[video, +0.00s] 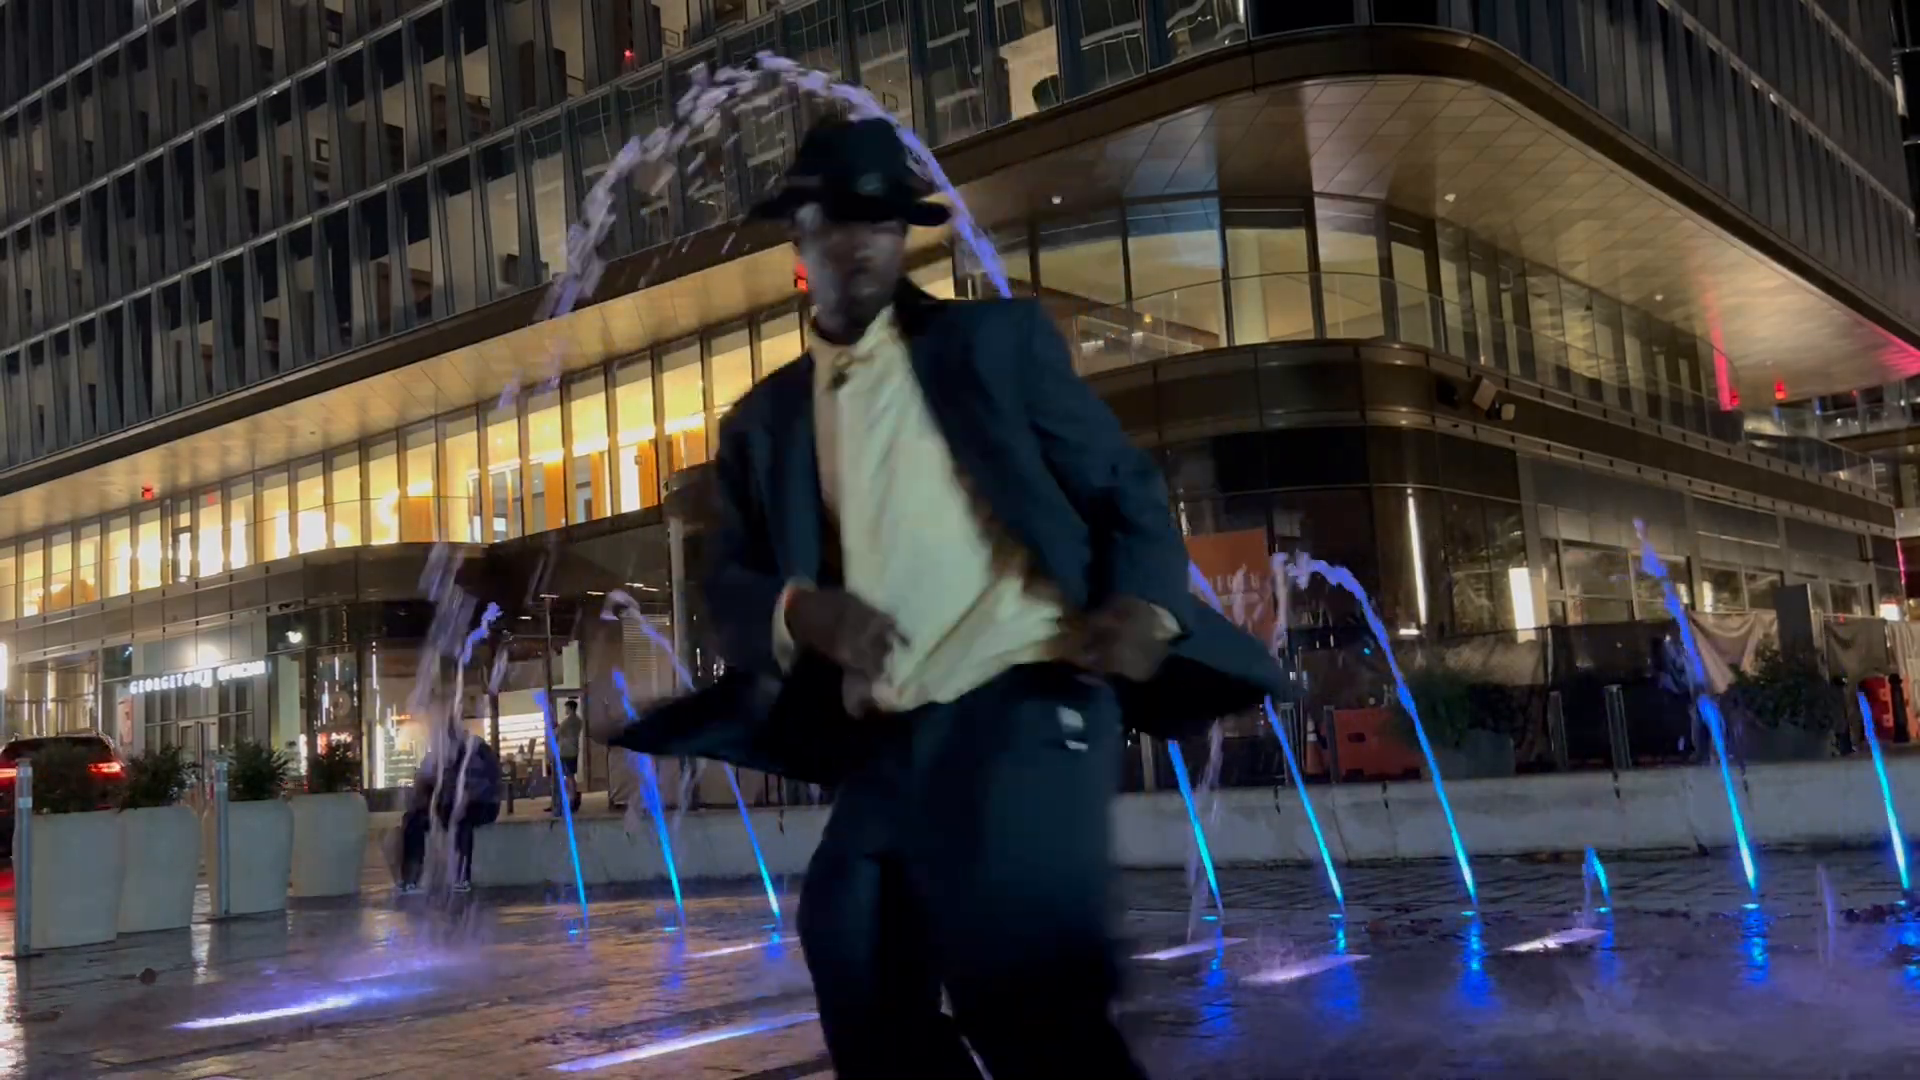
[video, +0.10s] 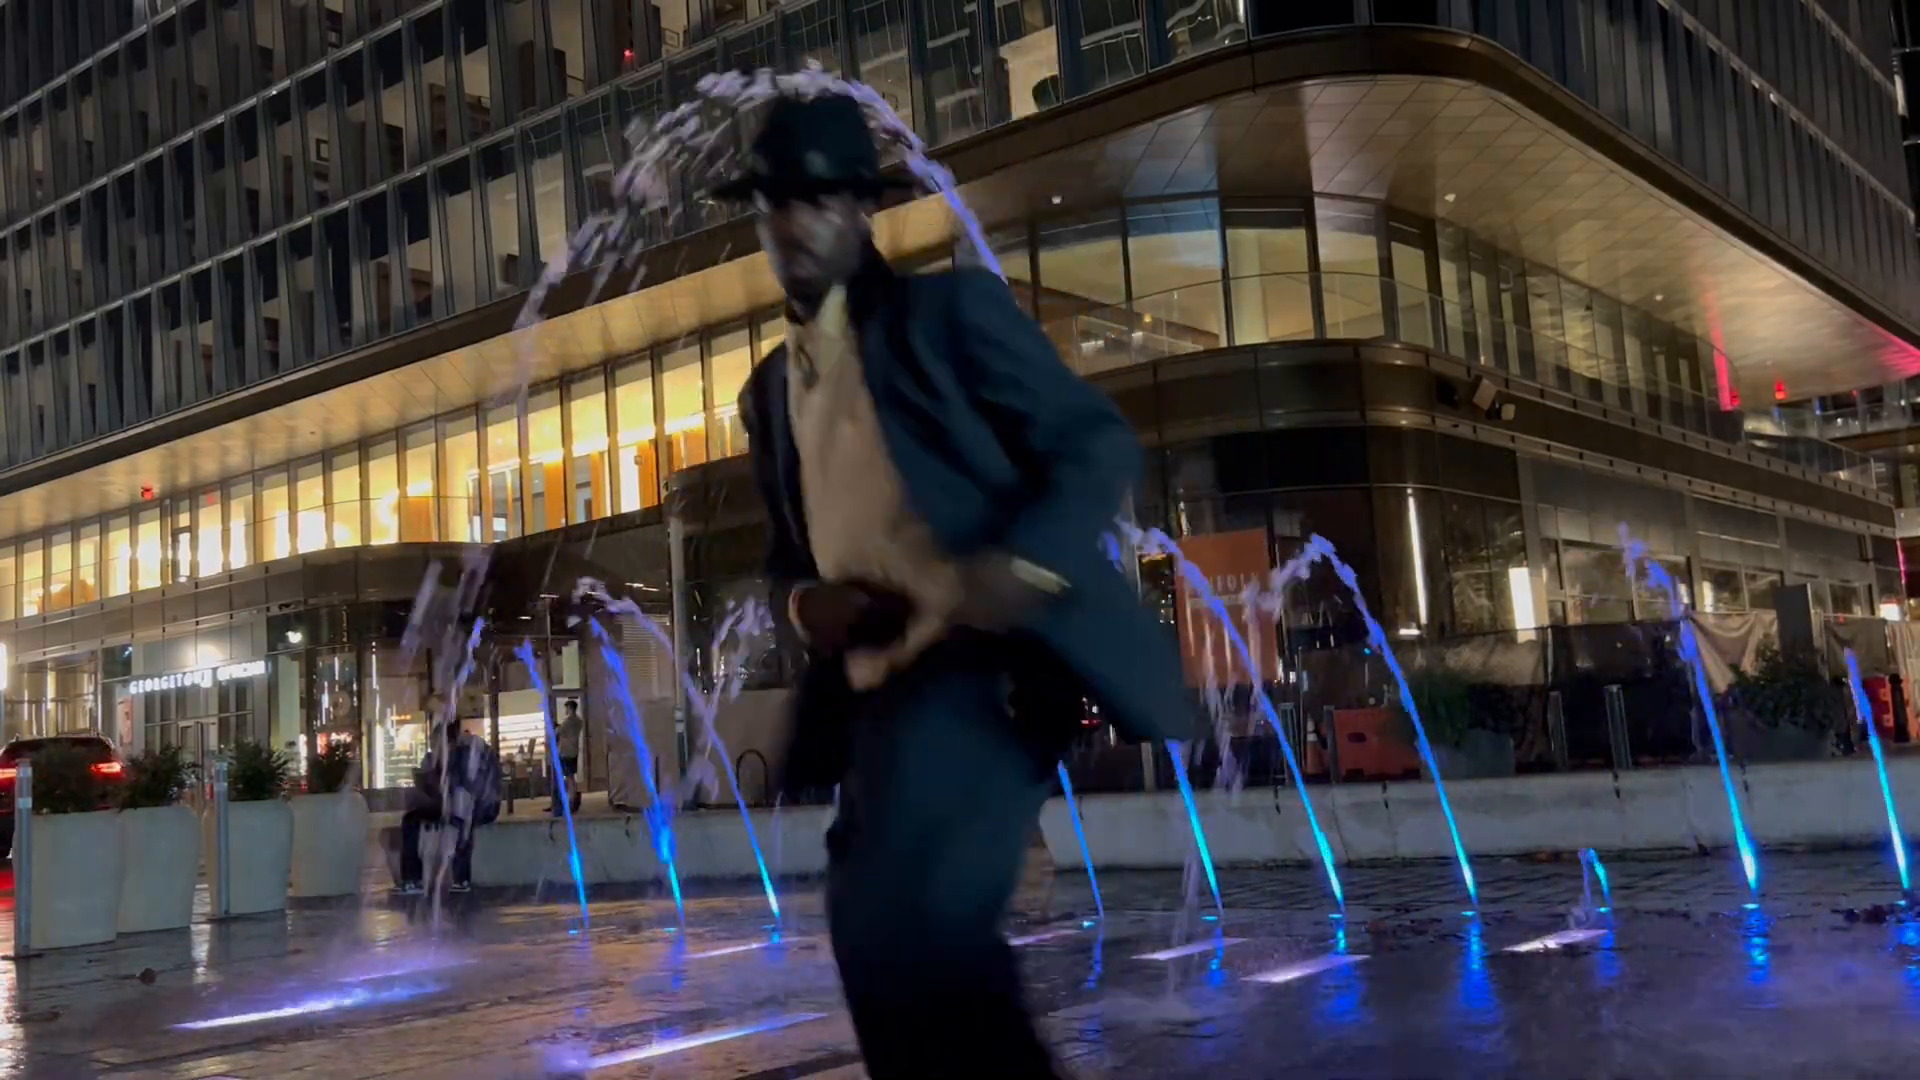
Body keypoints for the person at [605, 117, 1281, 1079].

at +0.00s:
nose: (858, 242)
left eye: (880, 219)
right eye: (833, 219)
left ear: (908, 235)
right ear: (797, 239)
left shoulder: (1003, 340)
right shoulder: (760, 422)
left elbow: (1129, 486)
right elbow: (724, 592)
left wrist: (1144, 604)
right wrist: (797, 608)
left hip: (1031, 705)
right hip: (888, 737)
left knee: (1024, 982)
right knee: (844, 938)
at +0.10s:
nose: (787, 227)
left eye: (811, 201)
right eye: (772, 204)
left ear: (864, 209)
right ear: (758, 218)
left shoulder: (949, 305)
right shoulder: (770, 392)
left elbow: (1097, 446)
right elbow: (788, 561)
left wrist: (1025, 567)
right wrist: (806, 601)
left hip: (990, 670)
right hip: (877, 700)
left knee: (925, 917)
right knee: (872, 923)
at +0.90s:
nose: (725, 249)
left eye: (744, 221)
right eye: (708, 230)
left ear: (802, 212)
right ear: (696, 239)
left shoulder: (833, 318)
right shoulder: (797, 326)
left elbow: (774, 476)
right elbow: (800, 494)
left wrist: (678, 451)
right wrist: (709, 479)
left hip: (896, 692)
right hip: (850, 690)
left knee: (807, 912)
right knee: (775, 891)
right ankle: (824, 1079)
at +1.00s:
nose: (728, 258)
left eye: (748, 231)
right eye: (710, 240)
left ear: (802, 225)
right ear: (697, 248)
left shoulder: (826, 332)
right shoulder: (786, 340)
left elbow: (761, 502)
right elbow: (813, 533)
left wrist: (667, 436)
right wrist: (715, 565)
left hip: (932, 693)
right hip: (858, 693)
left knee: (916, 927)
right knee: (780, 910)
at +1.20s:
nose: (833, 253)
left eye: (854, 223)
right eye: (812, 232)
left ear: (899, 228)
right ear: (799, 249)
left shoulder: (986, 372)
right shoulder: (782, 404)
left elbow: (1076, 550)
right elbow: (797, 565)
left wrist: (906, 558)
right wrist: (784, 623)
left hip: (1014, 720)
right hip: (854, 744)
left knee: (1099, 971)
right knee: (804, 956)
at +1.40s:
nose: (1059, 155)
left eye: (1068, 132)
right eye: (1027, 131)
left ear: (1082, 148)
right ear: (958, 154)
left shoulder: (1143, 317)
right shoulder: (887, 308)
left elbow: (1215, 509)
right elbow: (833, 504)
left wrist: (1202, 457)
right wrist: (873, 568)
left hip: (1150, 677)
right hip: (1002, 681)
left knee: (1203, 1004)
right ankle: (751, 1071)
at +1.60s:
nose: (1128, 166)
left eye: (1135, 141)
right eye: (1100, 137)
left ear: (1128, 153)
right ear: (1016, 142)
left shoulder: (1167, 310)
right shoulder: (913, 286)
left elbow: (1273, 473)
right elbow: (841, 497)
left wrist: (1297, 359)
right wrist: (909, 570)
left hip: (1156, 595)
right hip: (1018, 601)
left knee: (1223, 966)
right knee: (1338, 543)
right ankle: (1761, 518)